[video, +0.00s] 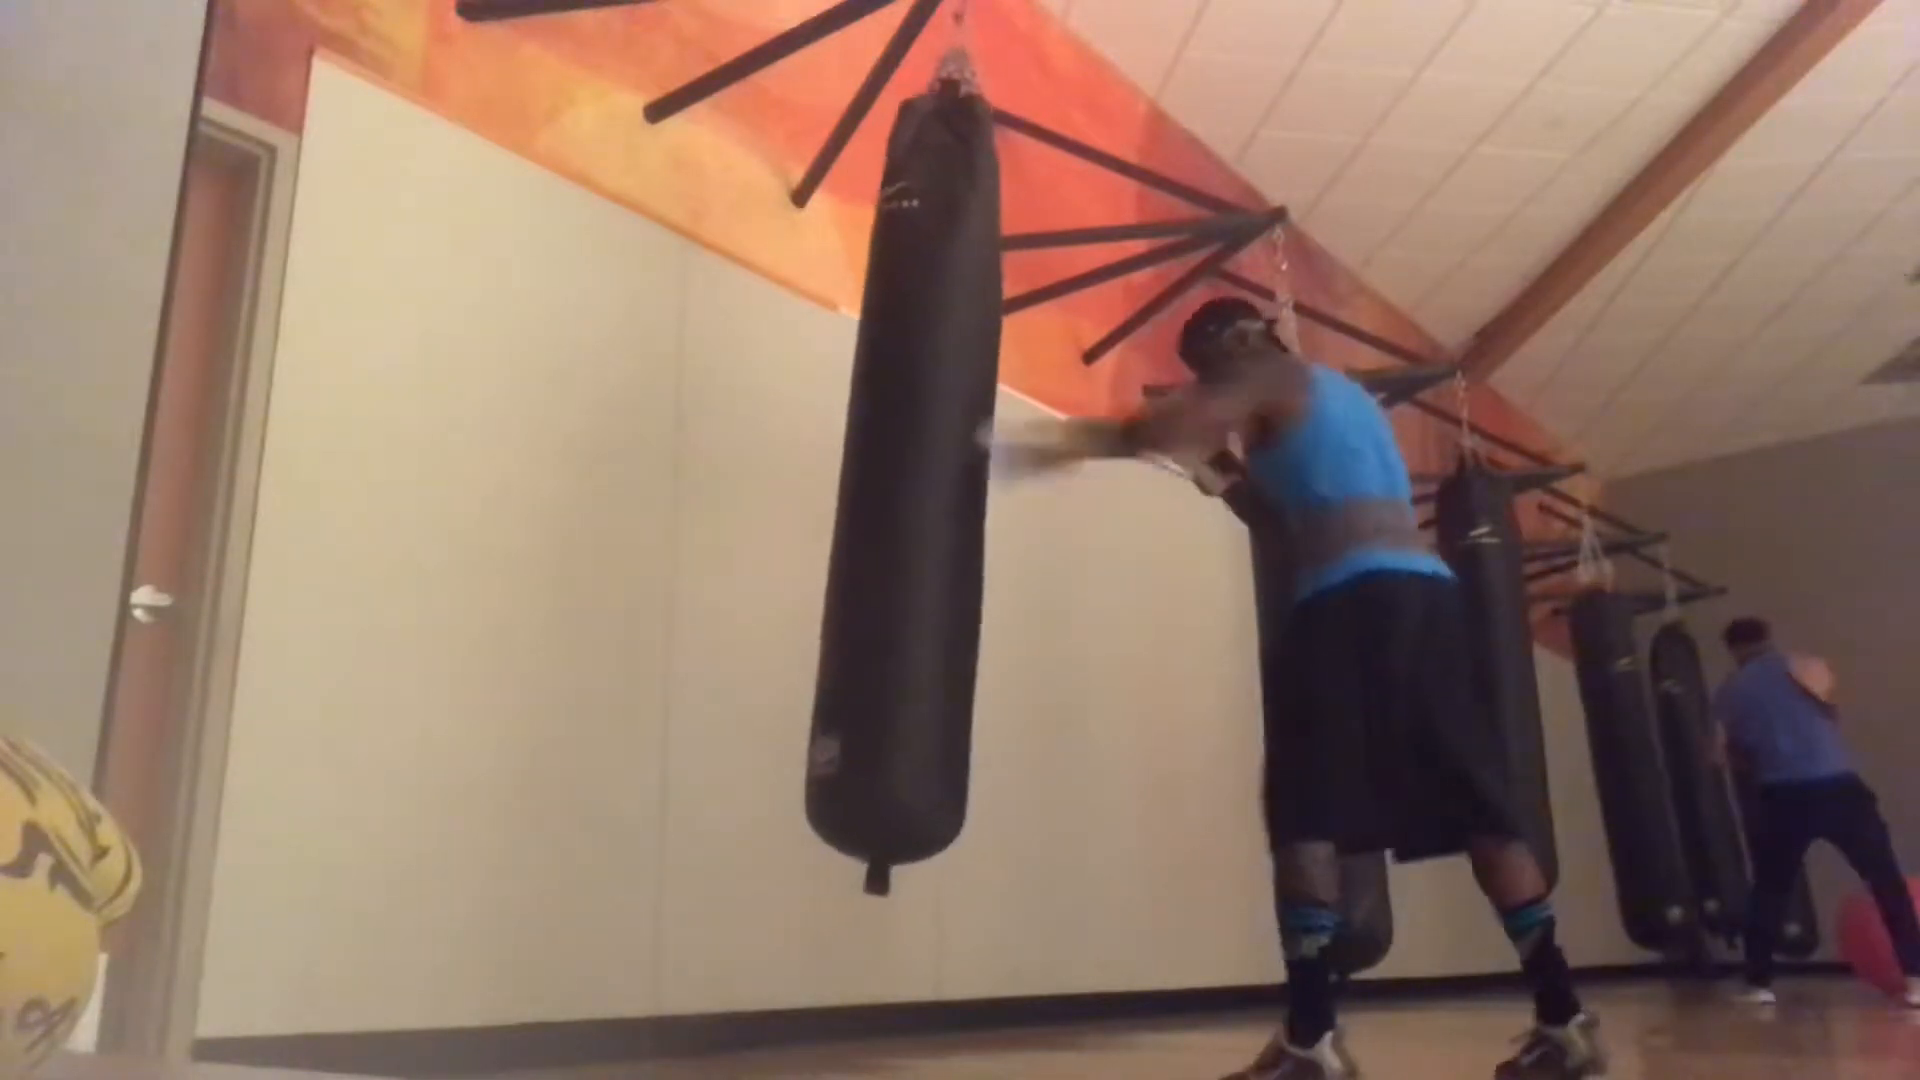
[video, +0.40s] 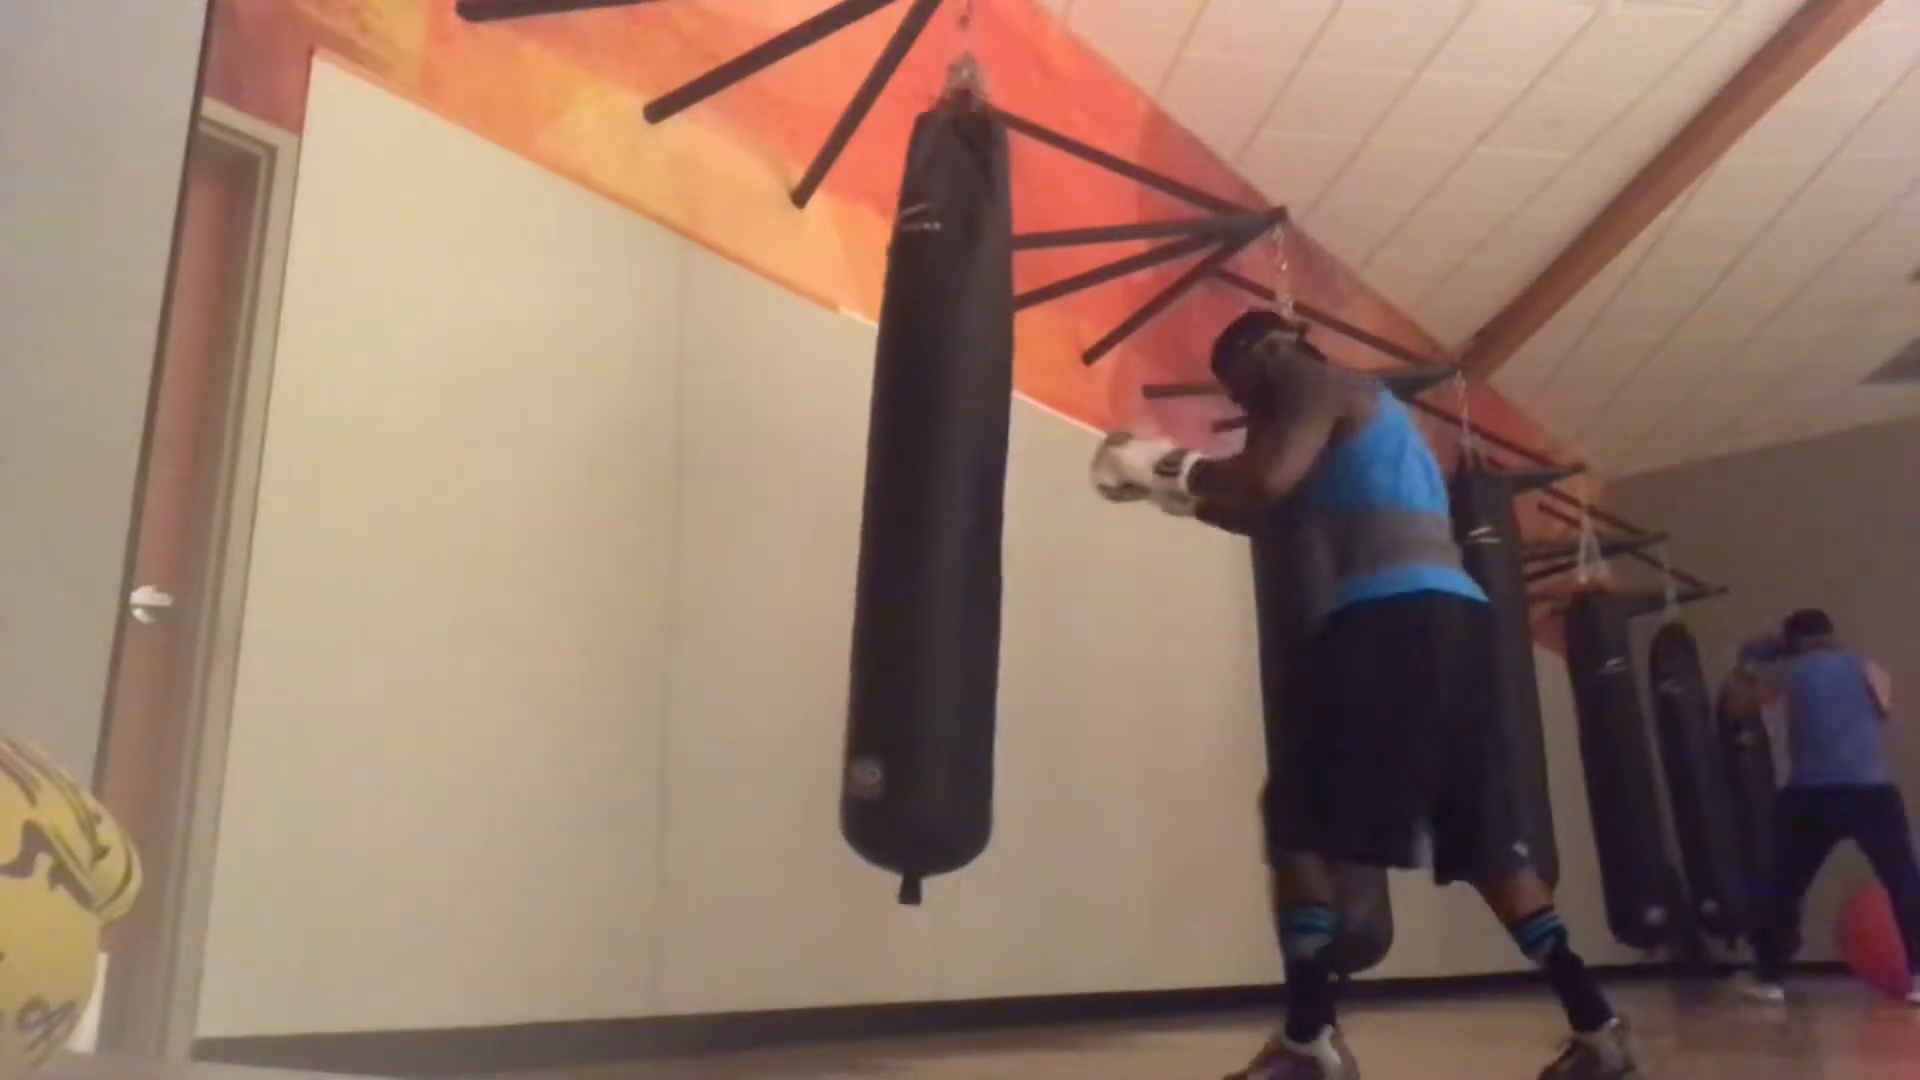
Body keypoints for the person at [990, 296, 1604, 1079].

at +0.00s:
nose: (1207, 386)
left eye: (1207, 371)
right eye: (1204, 375)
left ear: (1235, 342)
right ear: (1268, 336)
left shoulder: (1265, 370)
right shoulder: (1347, 399)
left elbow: (1173, 428)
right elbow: (1308, 530)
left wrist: (1072, 439)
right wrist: (1233, 485)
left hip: (1343, 611)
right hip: (1428, 604)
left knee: (1301, 815)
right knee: (1477, 803)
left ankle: (1311, 1036)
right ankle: (1565, 1018)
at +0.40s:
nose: (1239, 403)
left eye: (1239, 383)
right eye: (1233, 393)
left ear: (1266, 352)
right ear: (1296, 342)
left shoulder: (1306, 376)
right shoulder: (1385, 414)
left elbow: (1268, 475)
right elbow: (1271, 514)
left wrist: (1190, 467)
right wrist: (1180, 495)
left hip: (1382, 625)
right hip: (1461, 624)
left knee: (1296, 817)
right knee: (1478, 830)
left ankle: (1309, 1036)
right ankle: (1594, 1022)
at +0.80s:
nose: (1211, 395)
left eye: (1212, 380)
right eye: (1209, 385)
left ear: (1235, 352)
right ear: (1278, 334)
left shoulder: (1260, 373)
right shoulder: (1380, 393)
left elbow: (1201, 462)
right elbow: (1399, 493)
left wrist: (1144, 460)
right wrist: (1245, 448)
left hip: (1321, 619)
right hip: (1431, 614)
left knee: (1231, 804)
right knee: (1487, 820)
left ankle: (1234, 1008)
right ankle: (1579, 1024)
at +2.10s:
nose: (1219, 291)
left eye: (1220, 277)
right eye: (1219, 280)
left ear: (1242, 254)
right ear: (1305, 232)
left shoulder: (1250, 279)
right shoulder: (1409, 292)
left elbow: (1133, 382)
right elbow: (1439, 443)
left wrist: (1085, 377)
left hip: (1297, 567)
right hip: (1433, 566)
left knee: (1231, 808)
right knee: (1501, 811)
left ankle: (1187, 1040)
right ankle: (1577, 1060)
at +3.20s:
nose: (1152, 276)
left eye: (1156, 265)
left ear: (1177, 259)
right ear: (1266, 254)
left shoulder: (1152, 291)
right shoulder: (1321, 299)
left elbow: (1055, 437)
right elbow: (1319, 431)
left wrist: (1059, 438)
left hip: (1166, 582)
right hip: (1299, 585)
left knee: (1122, 794)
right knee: (1394, 815)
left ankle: (1098, 1011)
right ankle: (1447, 1051)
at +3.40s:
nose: (1251, 303)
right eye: (1240, 295)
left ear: (1122, 321)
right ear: (1199, 301)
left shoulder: (1086, 368)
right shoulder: (1250, 329)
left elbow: (1012, 458)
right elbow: (1287, 482)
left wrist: (988, 524)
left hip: (1097, 604)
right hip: (1221, 598)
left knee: (1069, 825)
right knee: (1381, 806)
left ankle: (996, 1043)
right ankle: (1389, 1024)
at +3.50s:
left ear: (1098, 325)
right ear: (1177, 309)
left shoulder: (1063, 372)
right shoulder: (1242, 327)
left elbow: (994, 513)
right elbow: (1253, 488)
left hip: (1075, 595)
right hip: (1196, 592)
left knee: (1061, 816)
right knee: (1315, 813)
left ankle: (994, 1042)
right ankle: (1282, 1041)